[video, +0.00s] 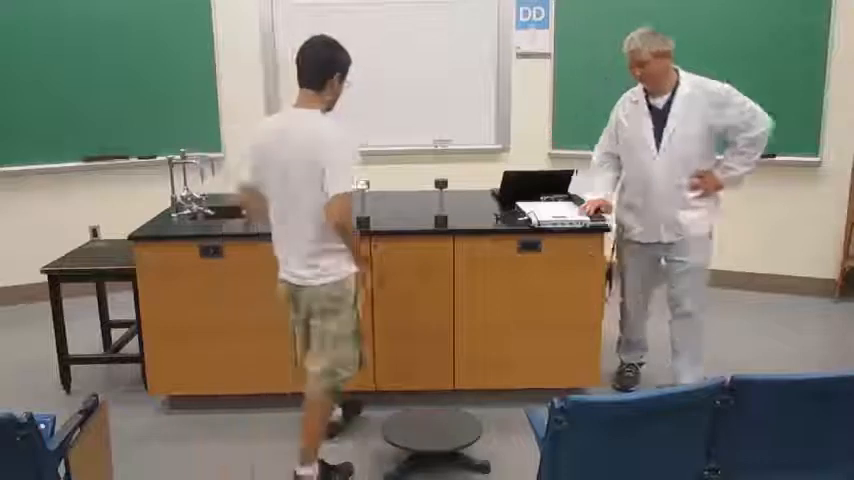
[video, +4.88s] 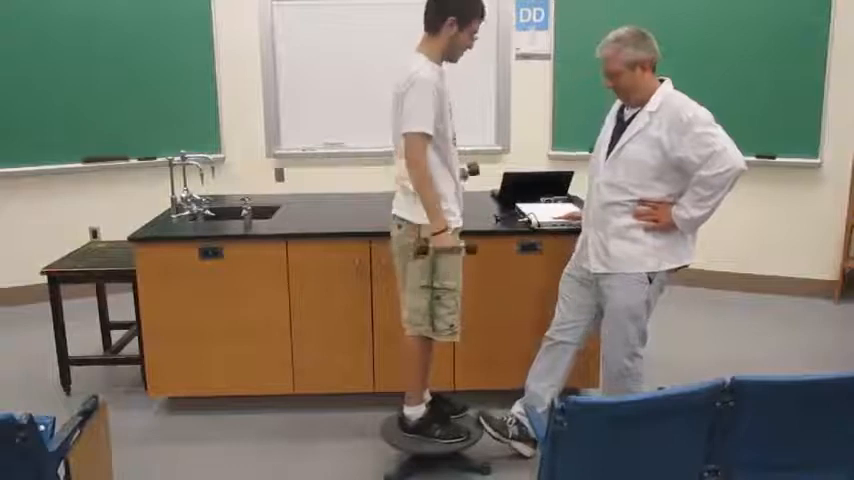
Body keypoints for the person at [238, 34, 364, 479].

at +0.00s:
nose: (343, 90)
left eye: (343, 82)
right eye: (344, 81)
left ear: (299, 76)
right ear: (334, 81)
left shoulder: (268, 129)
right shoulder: (332, 135)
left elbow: (247, 199)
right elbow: (338, 214)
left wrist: (286, 217)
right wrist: (355, 247)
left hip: (289, 270)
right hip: (329, 273)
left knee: (308, 352)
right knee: (323, 371)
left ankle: (329, 413)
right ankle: (308, 466)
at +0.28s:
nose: (347, 83)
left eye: (347, 75)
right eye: (347, 75)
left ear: (306, 74)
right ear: (336, 75)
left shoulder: (279, 129)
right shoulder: (339, 126)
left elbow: (273, 197)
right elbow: (356, 202)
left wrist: (317, 195)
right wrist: (375, 223)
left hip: (303, 258)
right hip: (338, 260)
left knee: (330, 341)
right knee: (344, 354)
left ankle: (339, 412)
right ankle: (314, 451)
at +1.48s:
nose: (371, 104)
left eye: (374, 95)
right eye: (369, 95)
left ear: (342, 84)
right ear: (343, 84)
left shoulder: (334, 124)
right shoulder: (323, 131)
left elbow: (341, 198)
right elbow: (310, 210)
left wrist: (362, 245)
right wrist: (347, 259)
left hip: (339, 257)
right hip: (326, 261)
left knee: (342, 343)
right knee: (330, 356)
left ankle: (339, 409)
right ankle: (328, 447)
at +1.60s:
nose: (378, 104)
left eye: (381, 95)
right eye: (374, 95)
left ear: (347, 87)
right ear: (346, 86)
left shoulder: (343, 125)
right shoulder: (327, 133)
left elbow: (341, 204)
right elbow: (305, 214)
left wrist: (363, 251)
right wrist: (334, 268)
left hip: (362, 253)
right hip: (334, 263)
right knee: (334, 360)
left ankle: (355, 372)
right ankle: (328, 447)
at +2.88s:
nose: (438, 105)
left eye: (443, 97)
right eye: (437, 95)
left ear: (412, 84)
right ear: (411, 82)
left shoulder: (397, 123)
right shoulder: (382, 127)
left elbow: (380, 199)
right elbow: (353, 198)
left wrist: (397, 252)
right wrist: (362, 267)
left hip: (403, 257)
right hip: (375, 267)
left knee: (447, 322)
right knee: (365, 362)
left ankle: (412, 401)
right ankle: (333, 444)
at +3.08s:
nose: (461, 62)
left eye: (465, 54)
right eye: (459, 52)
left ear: (437, 42)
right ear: (434, 38)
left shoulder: (420, 82)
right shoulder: (401, 79)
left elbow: (404, 159)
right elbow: (361, 147)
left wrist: (420, 219)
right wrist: (372, 220)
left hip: (417, 225)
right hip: (395, 227)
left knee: (429, 319)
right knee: (416, 320)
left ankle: (412, 399)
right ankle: (358, 383)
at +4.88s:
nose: (472, 46)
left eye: (475, 37)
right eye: (472, 35)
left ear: (446, 26)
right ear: (450, 26)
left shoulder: (427, 75)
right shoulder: (422, 78)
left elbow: (419, 153)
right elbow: (415, 156)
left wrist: (451, 175)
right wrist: (439, 221)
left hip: (428, 220)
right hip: (422, 222)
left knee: (427, 318)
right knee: (422, 320)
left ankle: (422, 400)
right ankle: (414, 411)